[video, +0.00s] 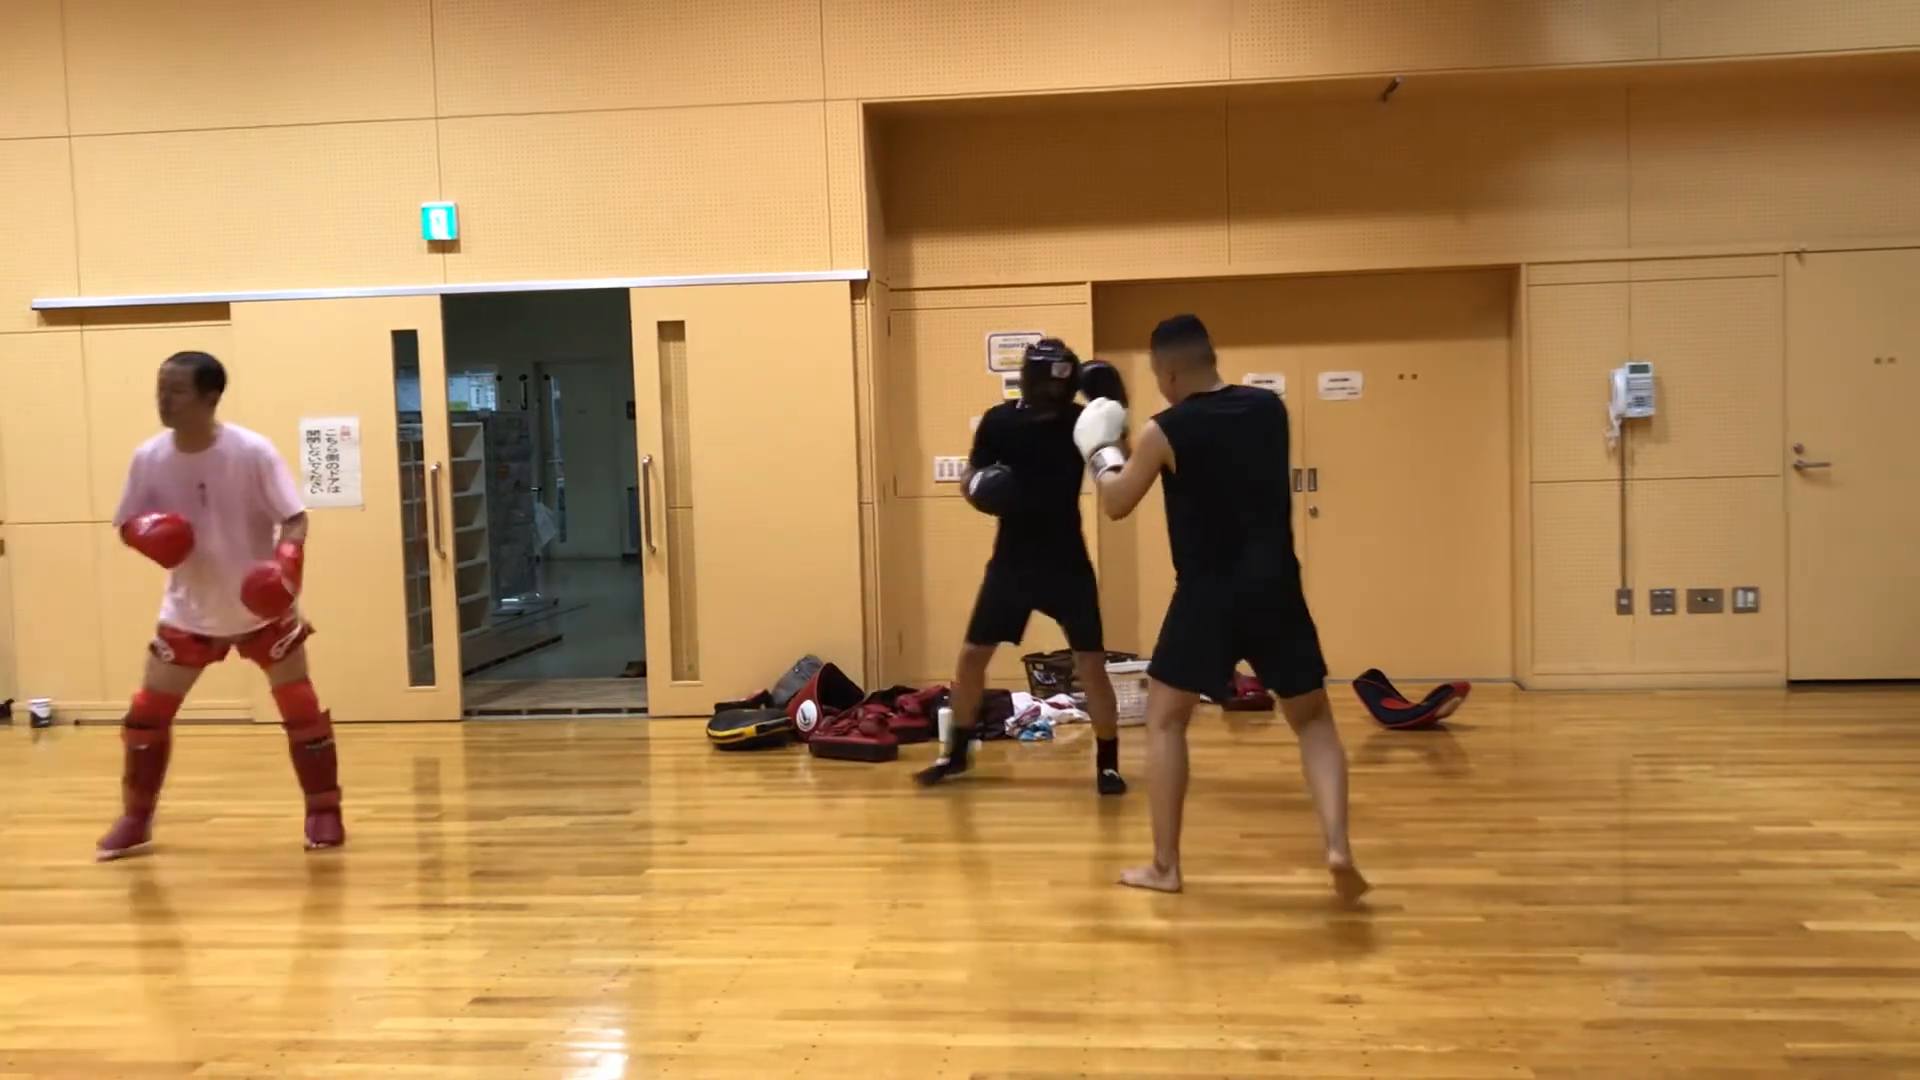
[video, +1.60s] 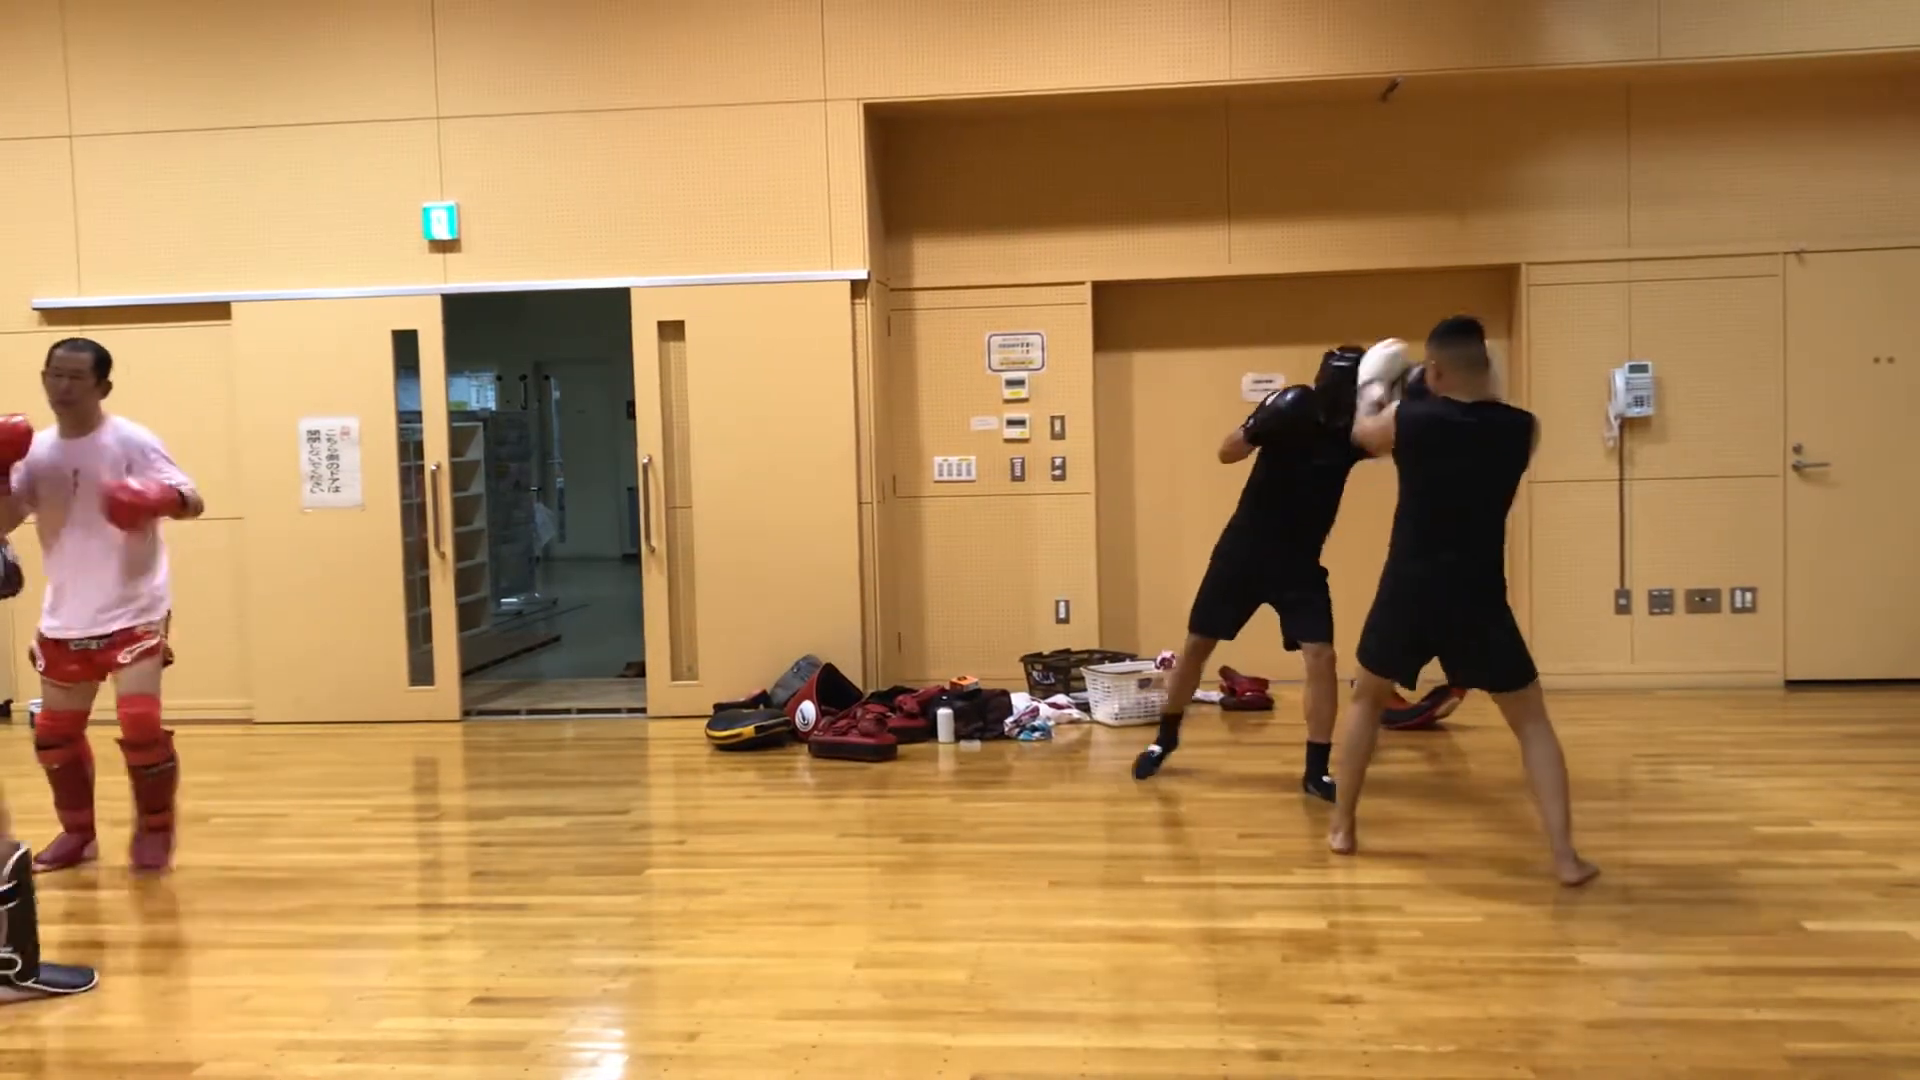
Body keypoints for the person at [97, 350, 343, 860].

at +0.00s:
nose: (162, 400)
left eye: (174, 392)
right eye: (160, 390)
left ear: (210, 397)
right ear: (158, 394)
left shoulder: (254, 454)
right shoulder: (150, 459)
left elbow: (295, 520)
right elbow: (127, 522)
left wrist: (283, 573)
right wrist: (145, 534)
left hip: (261, 606)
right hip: (188, 610)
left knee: (301, 711)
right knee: (146, 717)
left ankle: (324, 813)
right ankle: (136, 819)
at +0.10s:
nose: (180, 390)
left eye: (192, 382)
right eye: (179, 380)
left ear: (227, 388)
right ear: (178, 383)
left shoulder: (270, 444)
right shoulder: (170, 448)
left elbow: (303, 511)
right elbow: (136, 502)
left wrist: (269, 530)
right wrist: (145, 513)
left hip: (278, 599)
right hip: (208, 600)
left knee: (303, 704)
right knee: (172, 710)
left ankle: (323, 809)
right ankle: (201, 797)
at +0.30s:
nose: (195, 386)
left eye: (206, 376)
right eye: (192, 375)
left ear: (241, 381)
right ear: (190, 376)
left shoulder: (271, 431)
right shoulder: (185, 443)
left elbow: (293, 494)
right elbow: (149, 503)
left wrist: (252, 450)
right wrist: (132, 477)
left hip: (289, 587)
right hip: (226, 590)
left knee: (308, 704)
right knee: (201, 704)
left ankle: (325, 810)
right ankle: (251, 780)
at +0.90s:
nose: (143, 388)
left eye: (155, 379)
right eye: (138, 378)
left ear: (185, 385)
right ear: (133, 383)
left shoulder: (217, 439)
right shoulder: (138, 447)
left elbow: (274, 495)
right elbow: (102, 504)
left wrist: (247, 481)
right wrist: (87, 455)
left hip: (231, 592)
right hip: (178, 599)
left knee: (228, 704)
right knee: (199, 710)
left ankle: (254, 808)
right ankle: (229, 796)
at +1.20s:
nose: (123, 385)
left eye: (135, 377)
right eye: (117, 376)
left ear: (165, 385)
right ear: (110, 381)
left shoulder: (188, 439)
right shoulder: (105, 451)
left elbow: (241, 492)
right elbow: (77, 516)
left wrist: (210, 454)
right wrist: (57, 471)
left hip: (199, 595)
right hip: (139, 600)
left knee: (191, 719)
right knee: (131, 716)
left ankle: (203, 828)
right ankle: (203, 784)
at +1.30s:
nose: (107, 384)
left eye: (120, 374)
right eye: (101, 373)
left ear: (152, 381)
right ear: (93, 377)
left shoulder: (178, 433)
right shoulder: (87, 444)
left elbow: (215, 482)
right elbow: (49, 502)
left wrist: (171, 442)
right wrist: (38, 453)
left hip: (182, 598)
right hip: (116, 601)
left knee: (185, 720)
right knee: (86, 715)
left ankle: (202, 833)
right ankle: (133, 807)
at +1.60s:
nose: (61, 385)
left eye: (75, 376)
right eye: (54, 375)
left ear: (102, 384)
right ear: (43, 380)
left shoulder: (131, 443)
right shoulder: (36, 452)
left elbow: (192, 500)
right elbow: (6, 523)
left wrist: (154, 499)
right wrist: (2, 470)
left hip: (135, 607)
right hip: (66, 611)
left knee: (140, 725)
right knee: (56, 733)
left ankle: (154, 829)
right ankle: (77, 832)